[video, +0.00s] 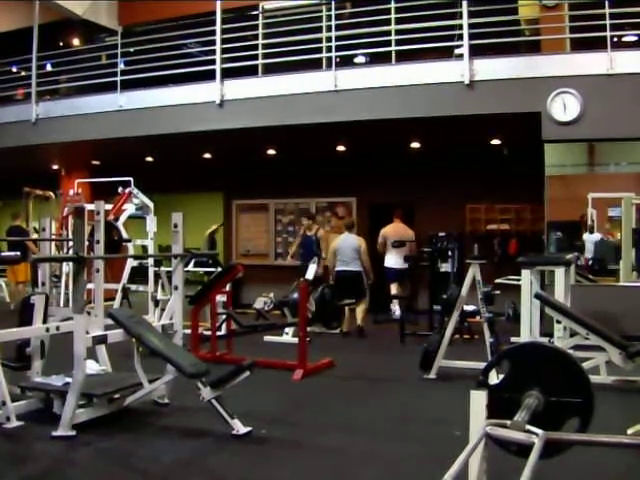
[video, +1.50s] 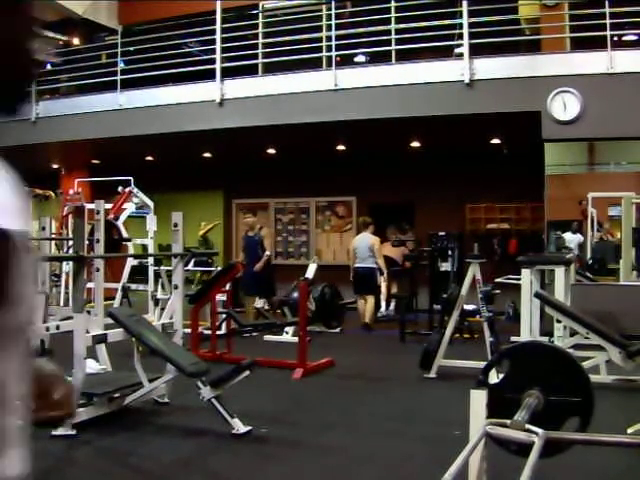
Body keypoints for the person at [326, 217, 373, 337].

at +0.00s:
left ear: (344, 227)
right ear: (354, 227)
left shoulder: (336, 241)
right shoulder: (360, 241)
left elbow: (331, 260)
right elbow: (365, 260)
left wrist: (331, 274)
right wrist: (370, 274)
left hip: (341, 272)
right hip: (356, 272)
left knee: (346, 302)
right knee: (362, 299)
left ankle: (345, 327)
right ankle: (359, 322)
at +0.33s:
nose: (358, 230)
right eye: (358, 228)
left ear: (347, 228)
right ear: (357, 228)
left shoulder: (339, 241)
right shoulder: (363, 241)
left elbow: (334, 257)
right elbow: (367, 260)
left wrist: (336, 269)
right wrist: (371, 274)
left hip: (344, 271)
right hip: (359, 271)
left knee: (347, 302)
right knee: (362, 300)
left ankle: (345, 328)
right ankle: (367, 323)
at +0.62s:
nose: (369, 230)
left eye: (368, 228)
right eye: (369, 228)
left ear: (356, 228)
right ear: (366, 228)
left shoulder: (348, 240)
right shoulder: (372, 241)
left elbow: (343, 258)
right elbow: (375, 259)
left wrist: (340, 272)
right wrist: (381, 274)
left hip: (352, 270)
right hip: (368, 270)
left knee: (350, 299)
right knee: (367, 299)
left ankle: (347, 320)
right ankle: (367, 324)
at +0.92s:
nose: (373, 228)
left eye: (372, 226)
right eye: (372, 226)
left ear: (360, 226)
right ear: (371, 227)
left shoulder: (353, 240)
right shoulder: (377, 240)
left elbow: (349, 256)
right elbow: (382, 258)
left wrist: (349, 268)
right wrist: (386, 269)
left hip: (356, 269)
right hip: (371, 269)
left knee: (356, 299)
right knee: (369, 298)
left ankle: (354, 322)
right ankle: (367, 324)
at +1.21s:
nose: (373, 228)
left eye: (372, 226)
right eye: (372, 227)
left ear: (361, 227)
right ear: (371, 227)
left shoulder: (354, 240)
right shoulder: (377, 240)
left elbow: (351, 258)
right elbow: (381, 257)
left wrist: (352, 269)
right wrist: (387, 270)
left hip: (358, 269)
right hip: (371, 269)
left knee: (360, 297)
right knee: (369, 297)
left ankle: (362, 322)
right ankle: (367, 323)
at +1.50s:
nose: (373, 228)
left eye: (372, 226)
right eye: (372, 226)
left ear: (361, 227)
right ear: (370, 227)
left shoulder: (354, 240)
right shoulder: (374, 240)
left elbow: (352, 258)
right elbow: (378, 257)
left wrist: (351, 271)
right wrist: (384, 270)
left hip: (358, 268)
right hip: (370, 268)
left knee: (360, 297)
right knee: (370, 296)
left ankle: (363, 320)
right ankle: (367, 320)